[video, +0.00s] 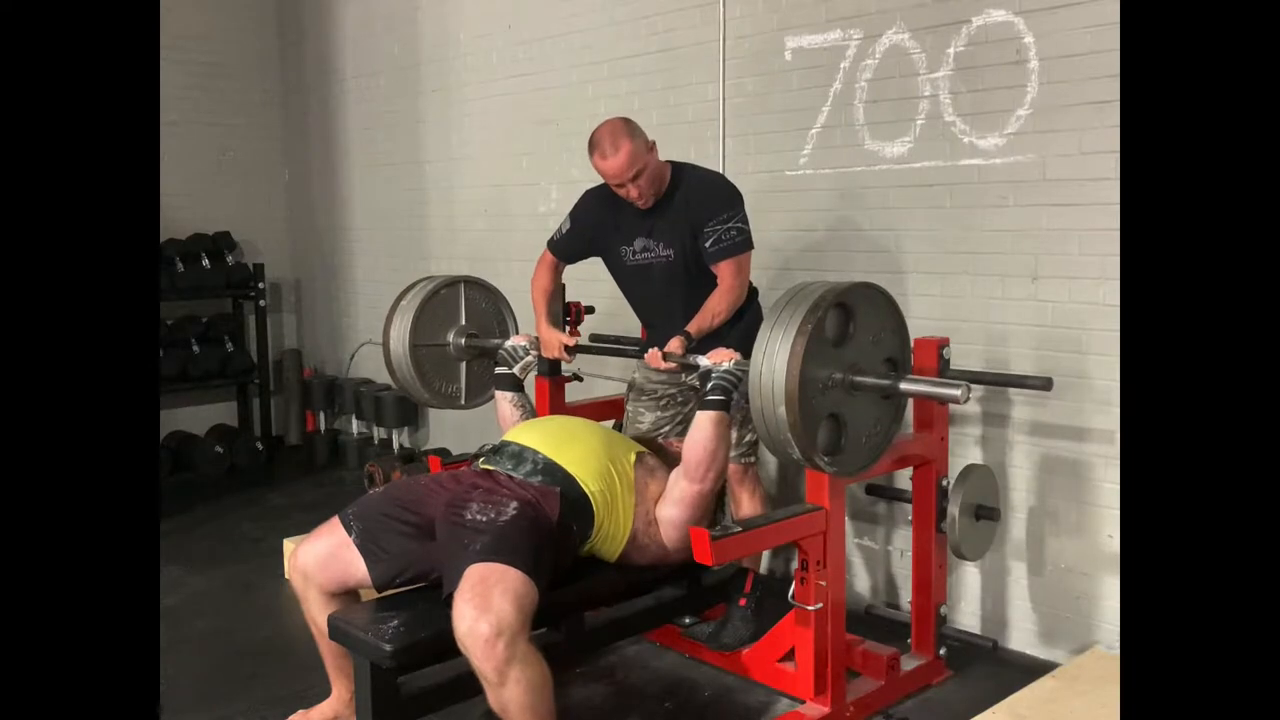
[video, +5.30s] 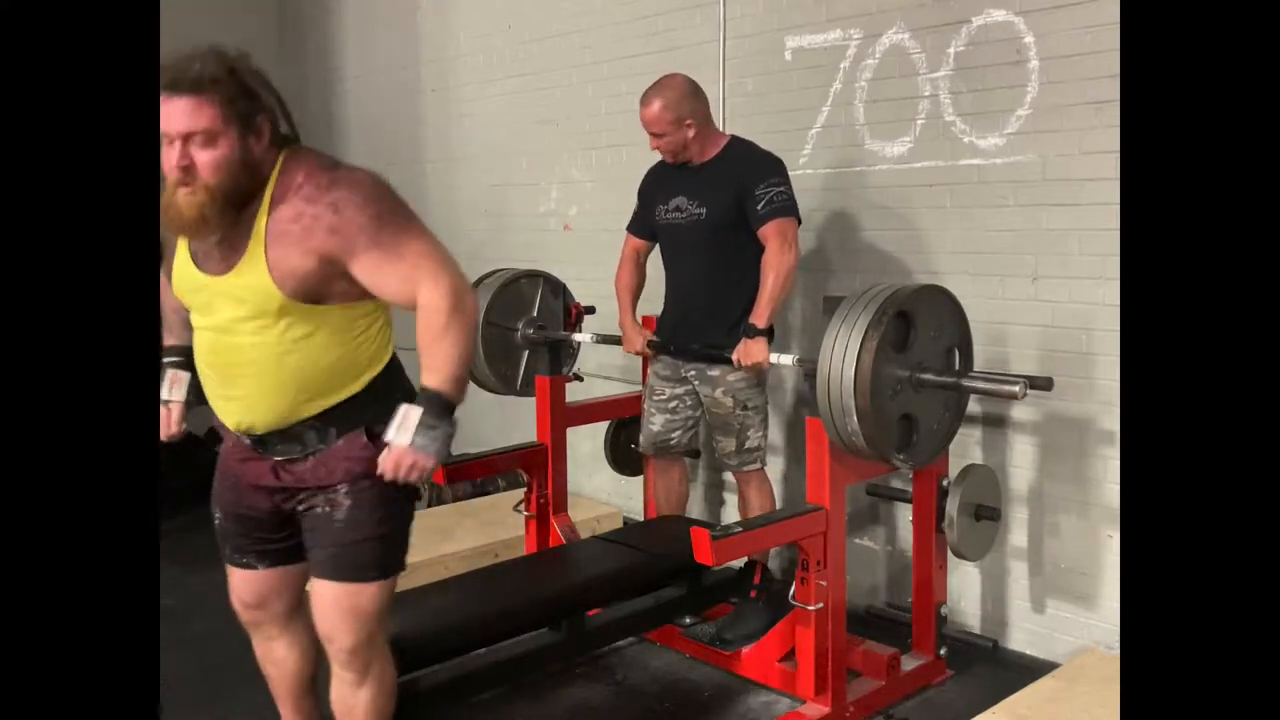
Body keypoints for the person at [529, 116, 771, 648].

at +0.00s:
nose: (632, 192)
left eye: (636, 177)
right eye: (617, 185)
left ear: (654, 150)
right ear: (600, 175)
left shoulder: (710, 193)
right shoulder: (598, 208)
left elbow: (734, 286)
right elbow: (549, 263)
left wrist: (684, 337)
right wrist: (545, 324)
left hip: (725, 347)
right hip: (659, 353)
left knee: (736, 467)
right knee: (651, 461)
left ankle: (756, 587)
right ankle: (694, 576)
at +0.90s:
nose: (632, 189)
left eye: (640, 176)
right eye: (622, 179)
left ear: (666, 151)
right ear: (612, 169)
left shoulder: (722, 196)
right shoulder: (617, 200)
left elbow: (756, 287)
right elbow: (602, 256)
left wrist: (738, 374)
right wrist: (609, 317)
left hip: (728, 365)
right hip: (661, 364)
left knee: (739, 475)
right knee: (648, 471)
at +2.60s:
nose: (703, 146)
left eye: (712, 133)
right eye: (690, 136)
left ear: (726, 124)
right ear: (672, 135)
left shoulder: (765, 178)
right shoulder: (659, 191)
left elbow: (784, 262)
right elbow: (617, 245)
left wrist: (746, 311)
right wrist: (613, 293)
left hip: (753, 353)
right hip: (683, 352)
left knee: (756, 462)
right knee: (658, 442)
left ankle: (770, 587)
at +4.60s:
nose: (673, 146)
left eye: (681, 133)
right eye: (662, 139)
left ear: (702, 123)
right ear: (651, 139)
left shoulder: (744, 180)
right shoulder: (650, 192)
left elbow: (771, 254)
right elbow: (625, 268)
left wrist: (764, 323)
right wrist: (631, 318)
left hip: (730, 358)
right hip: (666, 356)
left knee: (744, 463)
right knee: (646, 452)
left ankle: (766, 582)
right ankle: (664, 563)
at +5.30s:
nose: (653, 146)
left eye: (659, 135)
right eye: (649, 136)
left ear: (692, 124)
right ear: (670, 128)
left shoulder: (757, 168)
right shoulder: (659, 180)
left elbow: (784, 249)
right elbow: (633, 255)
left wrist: (759, 328)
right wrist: (627, 318)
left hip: (735, 356)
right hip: (671, 355)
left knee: (745, 468)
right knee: (662, 457)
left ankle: (764, 584)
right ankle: (663, 571)